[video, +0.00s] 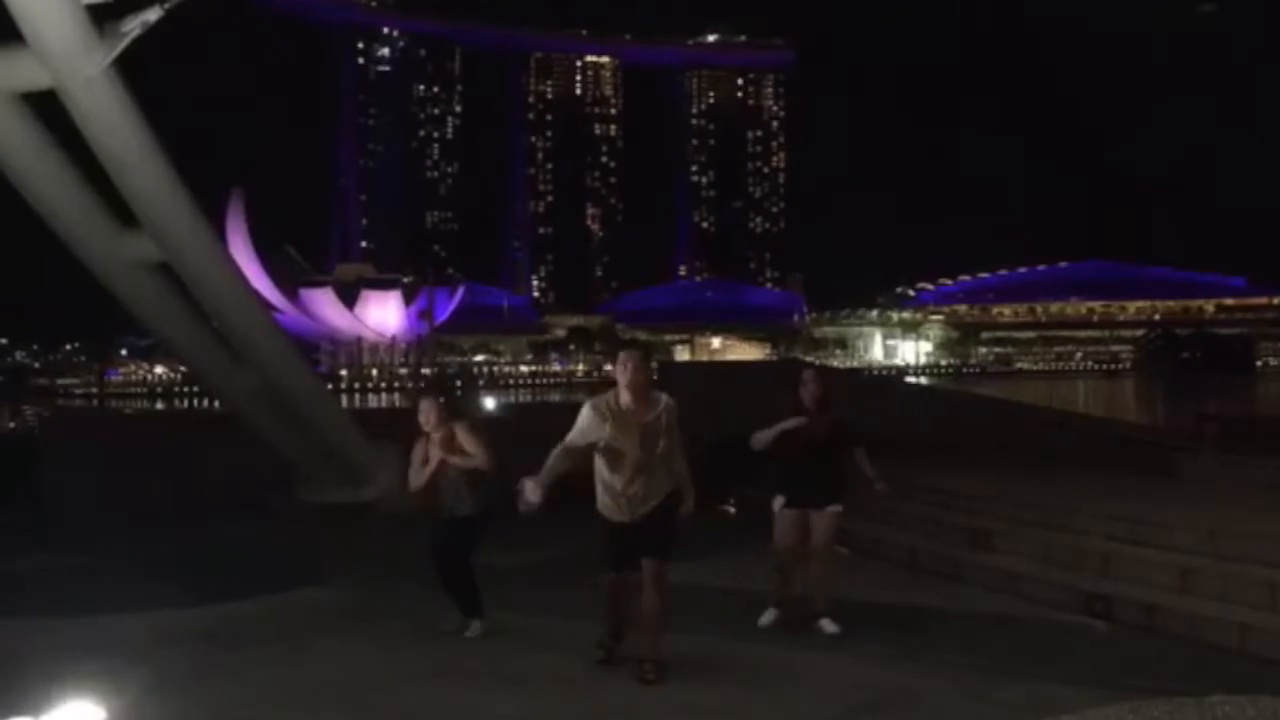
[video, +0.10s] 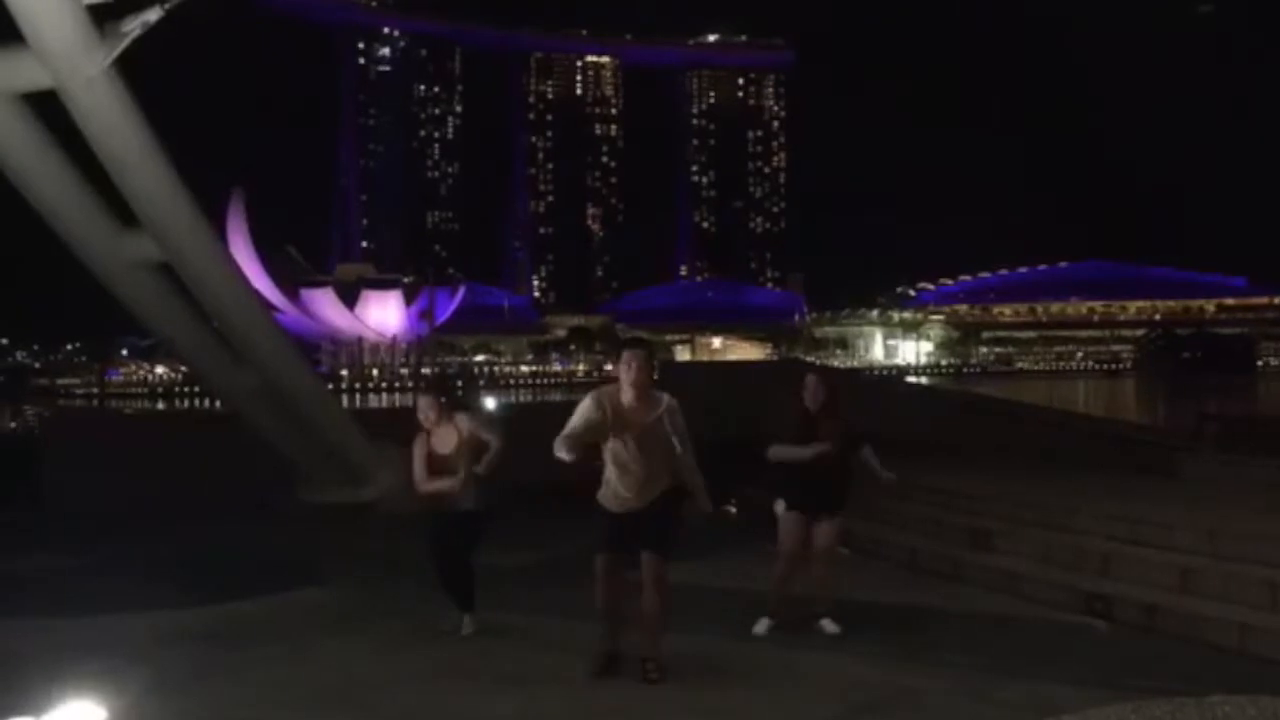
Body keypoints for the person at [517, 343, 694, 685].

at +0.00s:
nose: (629, 371)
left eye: (636, 365)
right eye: (623, 365)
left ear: (648, 372)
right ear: (614, 371)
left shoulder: (664, 407)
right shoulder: (598, 411)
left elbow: (676, 454)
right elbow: (568, 449)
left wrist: (686, 492)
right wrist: (541, 482)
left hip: (657, 504)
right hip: (615, 508)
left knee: (654, 575)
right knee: (614, 578)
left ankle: (651, 654)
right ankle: (611, 640)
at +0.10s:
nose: (635, 371)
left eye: (642, 365)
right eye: (628, 364)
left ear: (651, 371)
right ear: (618, 369)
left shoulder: (665, 406)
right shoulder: (600, 403)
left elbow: (684, 453)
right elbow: (563, 444)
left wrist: (701, 496)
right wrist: (575, 450)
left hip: (657, 501)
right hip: (614, 503)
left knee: (654, 577)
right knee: (606, 577)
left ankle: (652, 655)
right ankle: (608, 650)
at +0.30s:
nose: (646, 378)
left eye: (652, 371)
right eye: (640, 371)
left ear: (661, 375)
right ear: (627, 374)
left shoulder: (673, 410)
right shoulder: (612, 407)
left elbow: (676, 467)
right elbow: (592, 455)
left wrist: (673, 518)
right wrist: (581, 501)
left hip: (654, 504)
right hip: (611, 503)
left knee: (660, 579)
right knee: (597, 567)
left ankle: (655, 658)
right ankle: (581, 648)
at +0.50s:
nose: (634, 397)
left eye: (641, 390)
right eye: (628, 390)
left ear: (652, 390)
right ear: (618, 393)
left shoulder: (671, 411)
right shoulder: (612, 437)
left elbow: (674, 459)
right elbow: (587, 482)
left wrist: (629, 477)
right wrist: (551, 519)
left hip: (667, 519)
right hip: (626, 516)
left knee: (676, 591)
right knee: (602, 556)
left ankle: (654, 662)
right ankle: (563, 601)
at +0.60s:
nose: (628, 391)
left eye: (635, 383)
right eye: (621, 384)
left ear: (648, 386)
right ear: (611, 389)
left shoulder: (666, 406)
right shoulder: (608, 429)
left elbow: (674, 453)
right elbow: (593, 479)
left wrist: (639, 481)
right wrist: (566, 527)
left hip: (669, 513)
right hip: (624, 514)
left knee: (678, 587)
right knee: (599, 583)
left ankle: (654, 662)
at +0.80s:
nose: (612, 393)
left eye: (618, 385)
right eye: (605, 386)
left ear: (630, 386)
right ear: (596, 391)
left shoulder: (649, 404)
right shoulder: (602, 436)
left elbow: (644, 451)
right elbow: (597, 494)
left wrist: (608, 490)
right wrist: (573, 540)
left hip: (670, 508)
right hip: (629, 509)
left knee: (669, 588)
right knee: (591, 532)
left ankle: (654, 661)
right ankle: (592, 619)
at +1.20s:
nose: (570, 403)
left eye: (577, 396)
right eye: (565, 397)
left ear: (592, 394)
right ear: (559, 398)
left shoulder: (607, 419)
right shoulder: (564, 430)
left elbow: (621, 479)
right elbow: (562, 482)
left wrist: (628, 538)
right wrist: (545, 528)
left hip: (646, 498)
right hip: (605, 503)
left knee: (641, 576)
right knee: (589, 576)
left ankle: (675, 652)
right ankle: (591, 662)